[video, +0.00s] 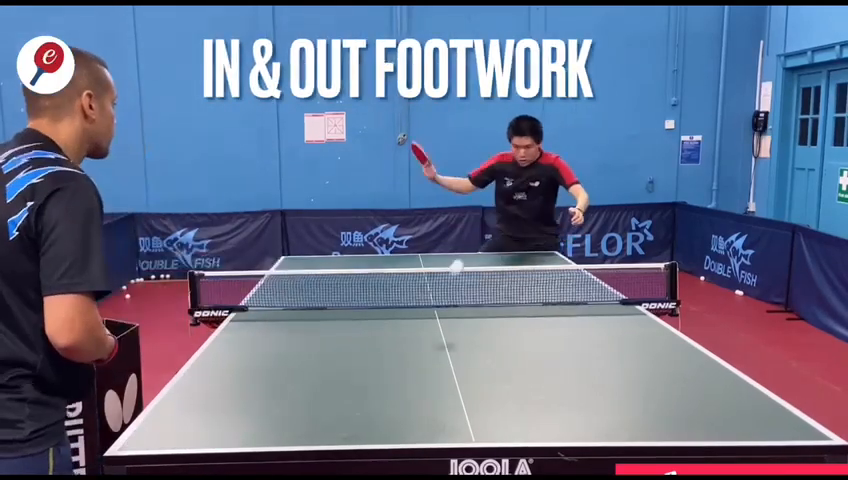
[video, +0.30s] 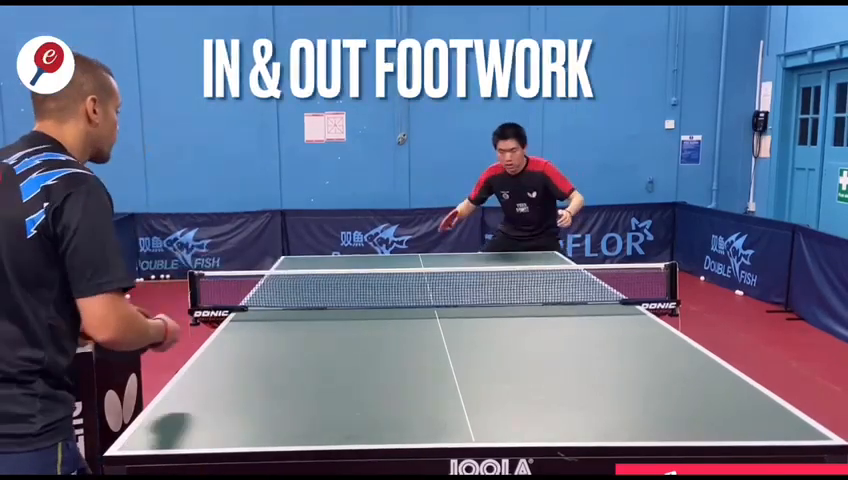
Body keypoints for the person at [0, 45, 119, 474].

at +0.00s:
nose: (115, 120)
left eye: (114, 107)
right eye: (112, 106)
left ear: (37, 105)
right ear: (87, 104)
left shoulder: (8, 162)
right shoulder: (65, 184)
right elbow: (68, 330)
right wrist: (105, 347)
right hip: (24, 436)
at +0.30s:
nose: (118, 127)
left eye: (119, 114)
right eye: (117, 113)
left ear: (43, 108)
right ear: (91, 109)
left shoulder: (8, 163)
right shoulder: (76, 186)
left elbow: (23, 301)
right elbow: (106, 326)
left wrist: (113, 314)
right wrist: (156, 331)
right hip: (28, 433)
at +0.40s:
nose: (126, 135)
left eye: (127, 122)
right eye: (125, 121)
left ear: (55, 115)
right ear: (101, 116)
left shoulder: (9, 168)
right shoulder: (87, 189)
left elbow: (23, 299)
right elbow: (134, 320)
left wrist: (102, 312)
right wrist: (187, 323)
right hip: (30, 435)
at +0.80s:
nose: (159, 180)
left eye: (164, 167)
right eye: (162, 166)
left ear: (95, 147)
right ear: (141, 155)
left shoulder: (29, 189)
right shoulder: (127, 215)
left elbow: (47, 280)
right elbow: (198, 314)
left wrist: (137, 300)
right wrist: (240, 305)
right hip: (21, 427)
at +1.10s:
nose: (172, 209)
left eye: (176, 196)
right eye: (176, 193)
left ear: (114, 170)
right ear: (160, 181)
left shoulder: (47, 206)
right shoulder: (134, 235)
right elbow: (189, 356)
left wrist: (171, 314)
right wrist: (237, 349)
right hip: (21, 429)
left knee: (88, 468)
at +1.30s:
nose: (171, 203)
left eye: (176, 190)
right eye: (175, 189)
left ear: (111, 172)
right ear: (159, 181)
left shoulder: (65, 207)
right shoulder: (119, 232)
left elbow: (127, 275)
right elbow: (173, 356)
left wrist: (201, 287)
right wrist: (226, 341)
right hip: (14, 418)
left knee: (88, 469)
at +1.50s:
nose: (156, 170)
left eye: (158, 158)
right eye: (158, 158)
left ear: (90, 145)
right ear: (142, 153)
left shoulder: (37, 191)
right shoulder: (103, 217)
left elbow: (79, 280)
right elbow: (149, 350)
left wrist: (174, 280)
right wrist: (206, 339)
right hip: (23, 431)